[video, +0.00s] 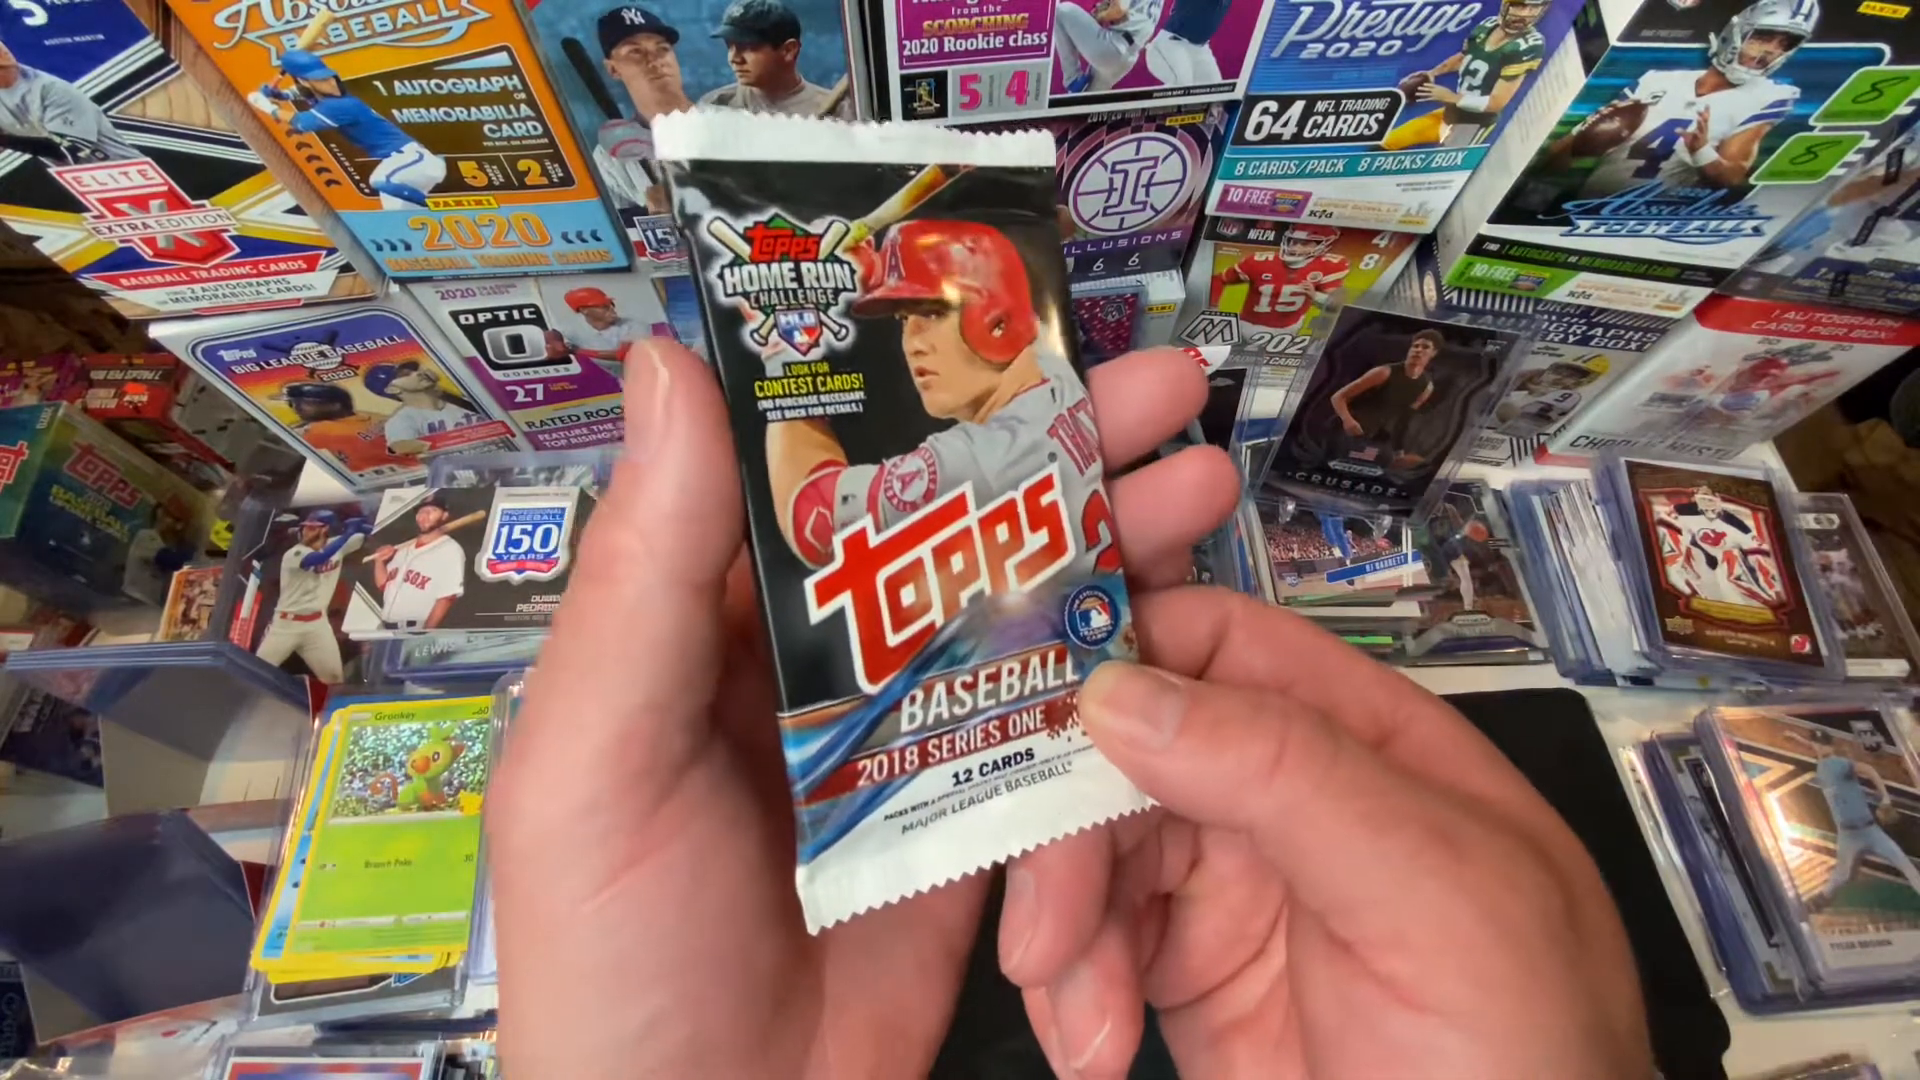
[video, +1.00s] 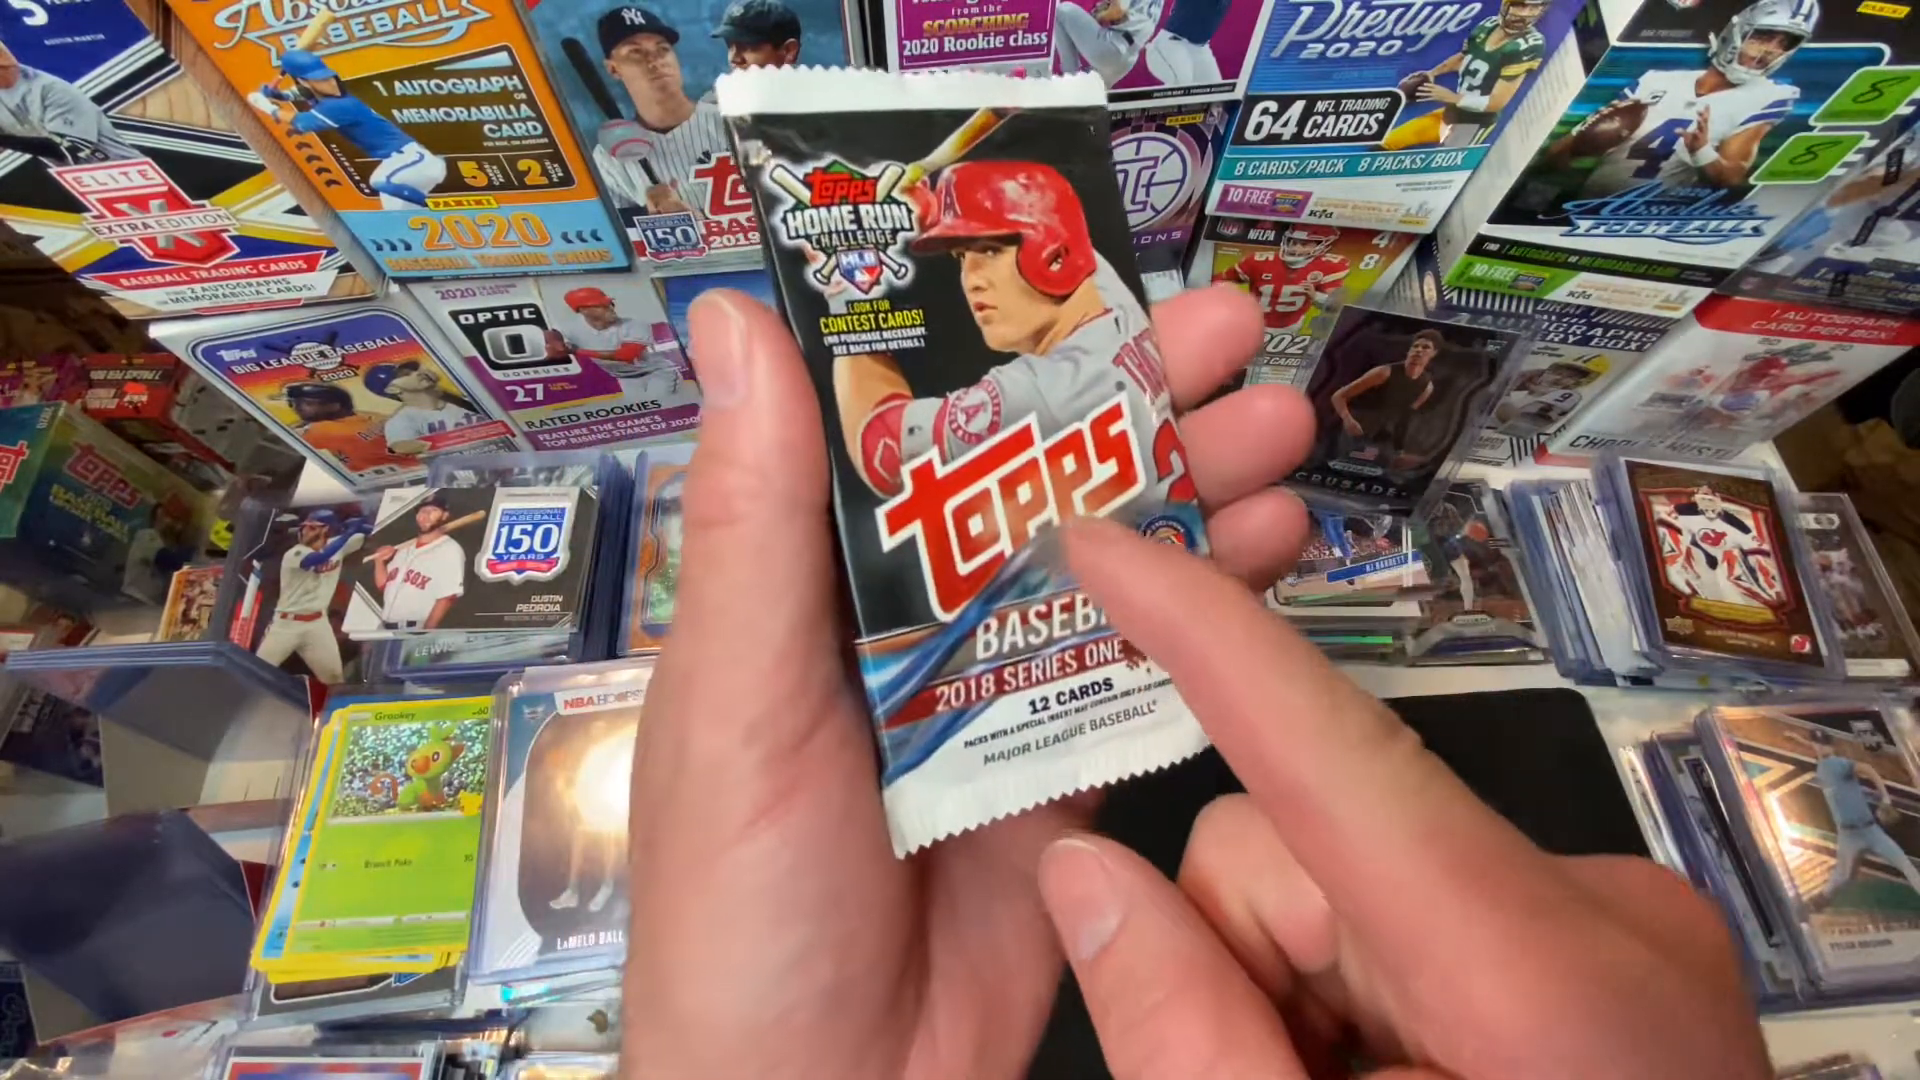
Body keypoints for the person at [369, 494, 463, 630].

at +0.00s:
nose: (424, 516)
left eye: (431, 511)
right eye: (421, 511)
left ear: (444, 515)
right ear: (416, 516)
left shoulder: (451, 550)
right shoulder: (405, 548)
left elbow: (446, 598)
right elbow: (382, 585)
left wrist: (425, 633)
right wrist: (379, 561)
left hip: (415, 630)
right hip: (385, 627)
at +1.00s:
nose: (426, 517)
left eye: (432, 511)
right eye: (422, 511)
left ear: (445, 515)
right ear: (416, 515)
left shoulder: (451, 550)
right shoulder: (405, 548)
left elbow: (447, 598)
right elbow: (382, 585)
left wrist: (425, 633)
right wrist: (379, 561)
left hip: (416, 631)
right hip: (386, 627)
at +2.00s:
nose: (426, 517)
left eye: (433, 511)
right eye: (422, 511)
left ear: (444, 515)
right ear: (416, 515)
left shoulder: (451, 550)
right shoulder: (405, 548)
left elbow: (446, 599)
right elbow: (383, 586)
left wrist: (424, 634)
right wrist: (380, 562)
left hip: (415, 631)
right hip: (386, 627)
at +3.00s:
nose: (425, 516)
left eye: (432, 511)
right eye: (422, 512)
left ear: (444, 516)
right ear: (416, 516)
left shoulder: (451, 550)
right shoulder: (405, 548)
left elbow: (446, 598)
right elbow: (382, 585)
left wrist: (424, 634)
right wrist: (379, 562)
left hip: (416, 631)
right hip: (386, 627)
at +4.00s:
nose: (426, 516)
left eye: (433, 511)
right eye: (422, 511)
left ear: (444, 516)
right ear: (416, 515)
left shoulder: (450, 550)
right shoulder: (405, 548)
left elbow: (447, 598)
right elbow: (382, 586)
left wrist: (424, 634)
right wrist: (379, 561)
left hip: (416, 630)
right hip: (386, 627)